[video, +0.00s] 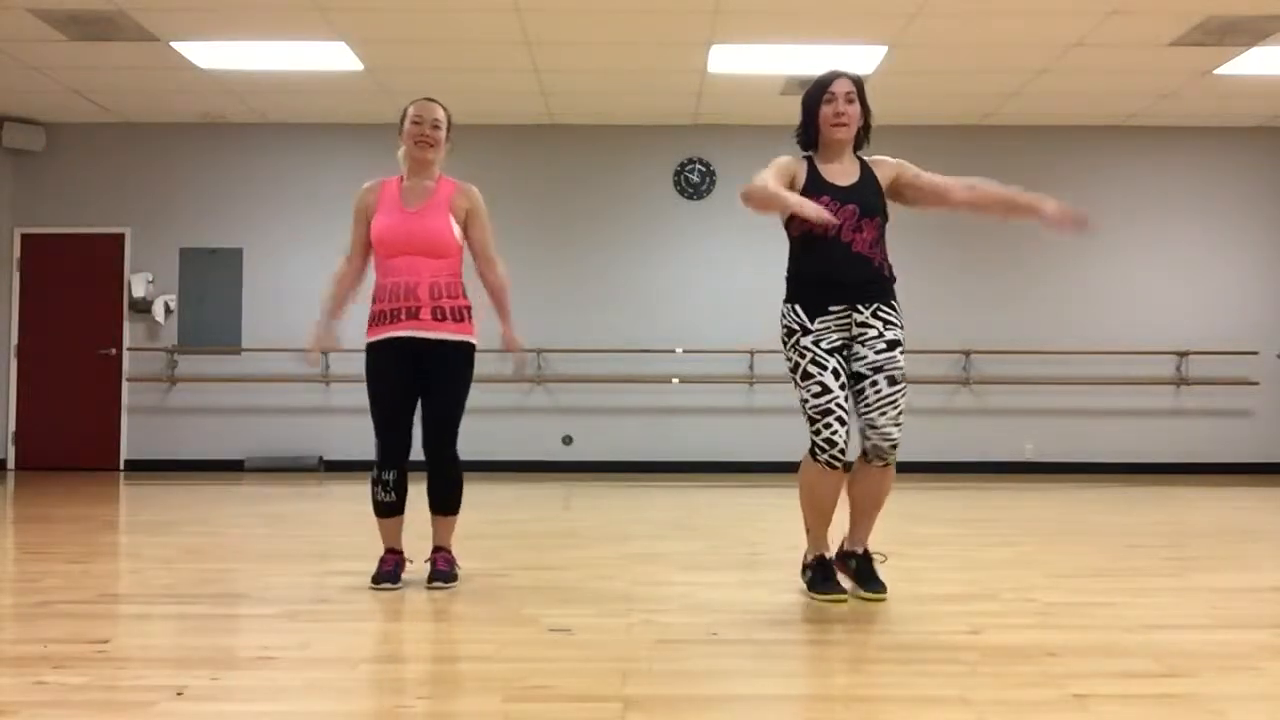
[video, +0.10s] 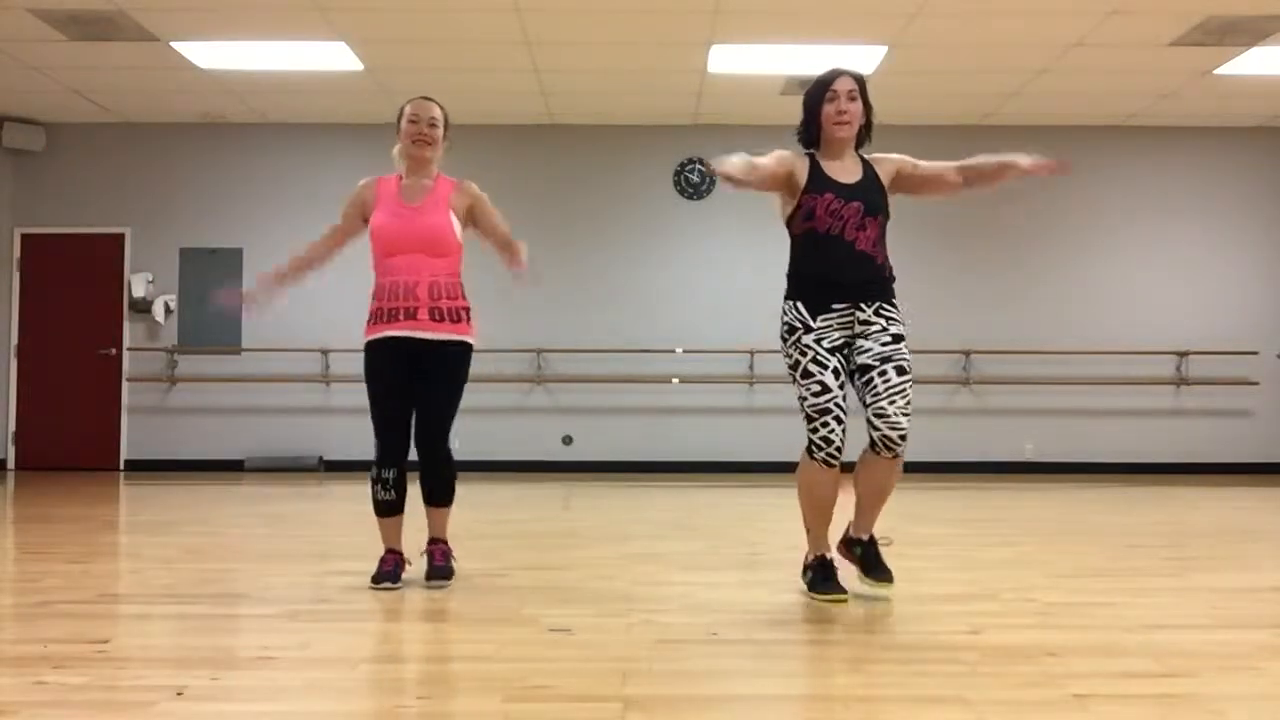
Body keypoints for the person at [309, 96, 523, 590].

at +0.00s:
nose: (425, 130)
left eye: (435, 124)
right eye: (417, 122)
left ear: (447, 138)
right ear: (400, 134)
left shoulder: (464, 196)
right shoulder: (372, 196)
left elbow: (489, 267)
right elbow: (354, 264)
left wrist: (507, 326)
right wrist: (327, 319)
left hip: (449, 339)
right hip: (389, 339)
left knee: (440, 446)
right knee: (391, 448)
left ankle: (443, 552)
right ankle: (391, 552)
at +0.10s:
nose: (422, 128)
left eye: (432, 123)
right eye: (413, 120)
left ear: (444, 138)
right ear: (397, 132)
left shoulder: (463, 194)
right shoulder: (373, 192)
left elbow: (505, 241)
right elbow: (326, 246)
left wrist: (515, 255)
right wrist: (276, 279)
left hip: (447, 336)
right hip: (388, 335)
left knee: (433, 441)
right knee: (390, 447)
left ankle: (438, 544)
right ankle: (392, 552)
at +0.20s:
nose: (422, 128)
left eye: (432, 123)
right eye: (414, 121)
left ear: (444, 138)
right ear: (397, 134)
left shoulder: (465, 191)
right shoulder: (373, 190)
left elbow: (530, 215)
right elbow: (306, 225)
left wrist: (517, 204)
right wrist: (237, 244)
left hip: (448, 334)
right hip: (388, 334)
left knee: (428, 438)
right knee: (391, 446)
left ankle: (435, 539)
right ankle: (392, 552)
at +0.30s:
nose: (422, 132)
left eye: (432, 126)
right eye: (413, 125)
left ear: (445, 141)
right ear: (398, 139)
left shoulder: (463, 193)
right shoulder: (377, 192)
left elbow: (542, 201)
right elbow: (303, 218)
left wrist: (491, 189)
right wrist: (230, 232)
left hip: (448, 339)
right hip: (388, 337)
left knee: (431, 447)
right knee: (390, 448)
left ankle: (438, 550)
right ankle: (391, 553)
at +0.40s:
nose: (425, 129)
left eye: (434, 124)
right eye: (416, 122)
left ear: (447, 139)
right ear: (401, 136)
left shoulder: (467, 196)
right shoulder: (380, 193)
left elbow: (544, 199)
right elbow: (308, 218)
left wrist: (489, 195)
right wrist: (251, 238)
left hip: (450, 340)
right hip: (389, 338)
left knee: (438, 451)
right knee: (390, 448)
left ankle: (435, 552)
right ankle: (391, 553)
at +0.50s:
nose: (426, 125)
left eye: (436, 119)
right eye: (417, 118)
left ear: (449, 135)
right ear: (403, 133)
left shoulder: (470, 190)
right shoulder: (383, 187)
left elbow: (546, 188)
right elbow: (309, 212)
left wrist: (489, 182)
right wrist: (251, 233)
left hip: (452, 334)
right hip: (392, 331)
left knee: (442, 446)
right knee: (393, 444)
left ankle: (436, 551)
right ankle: (391, 552)